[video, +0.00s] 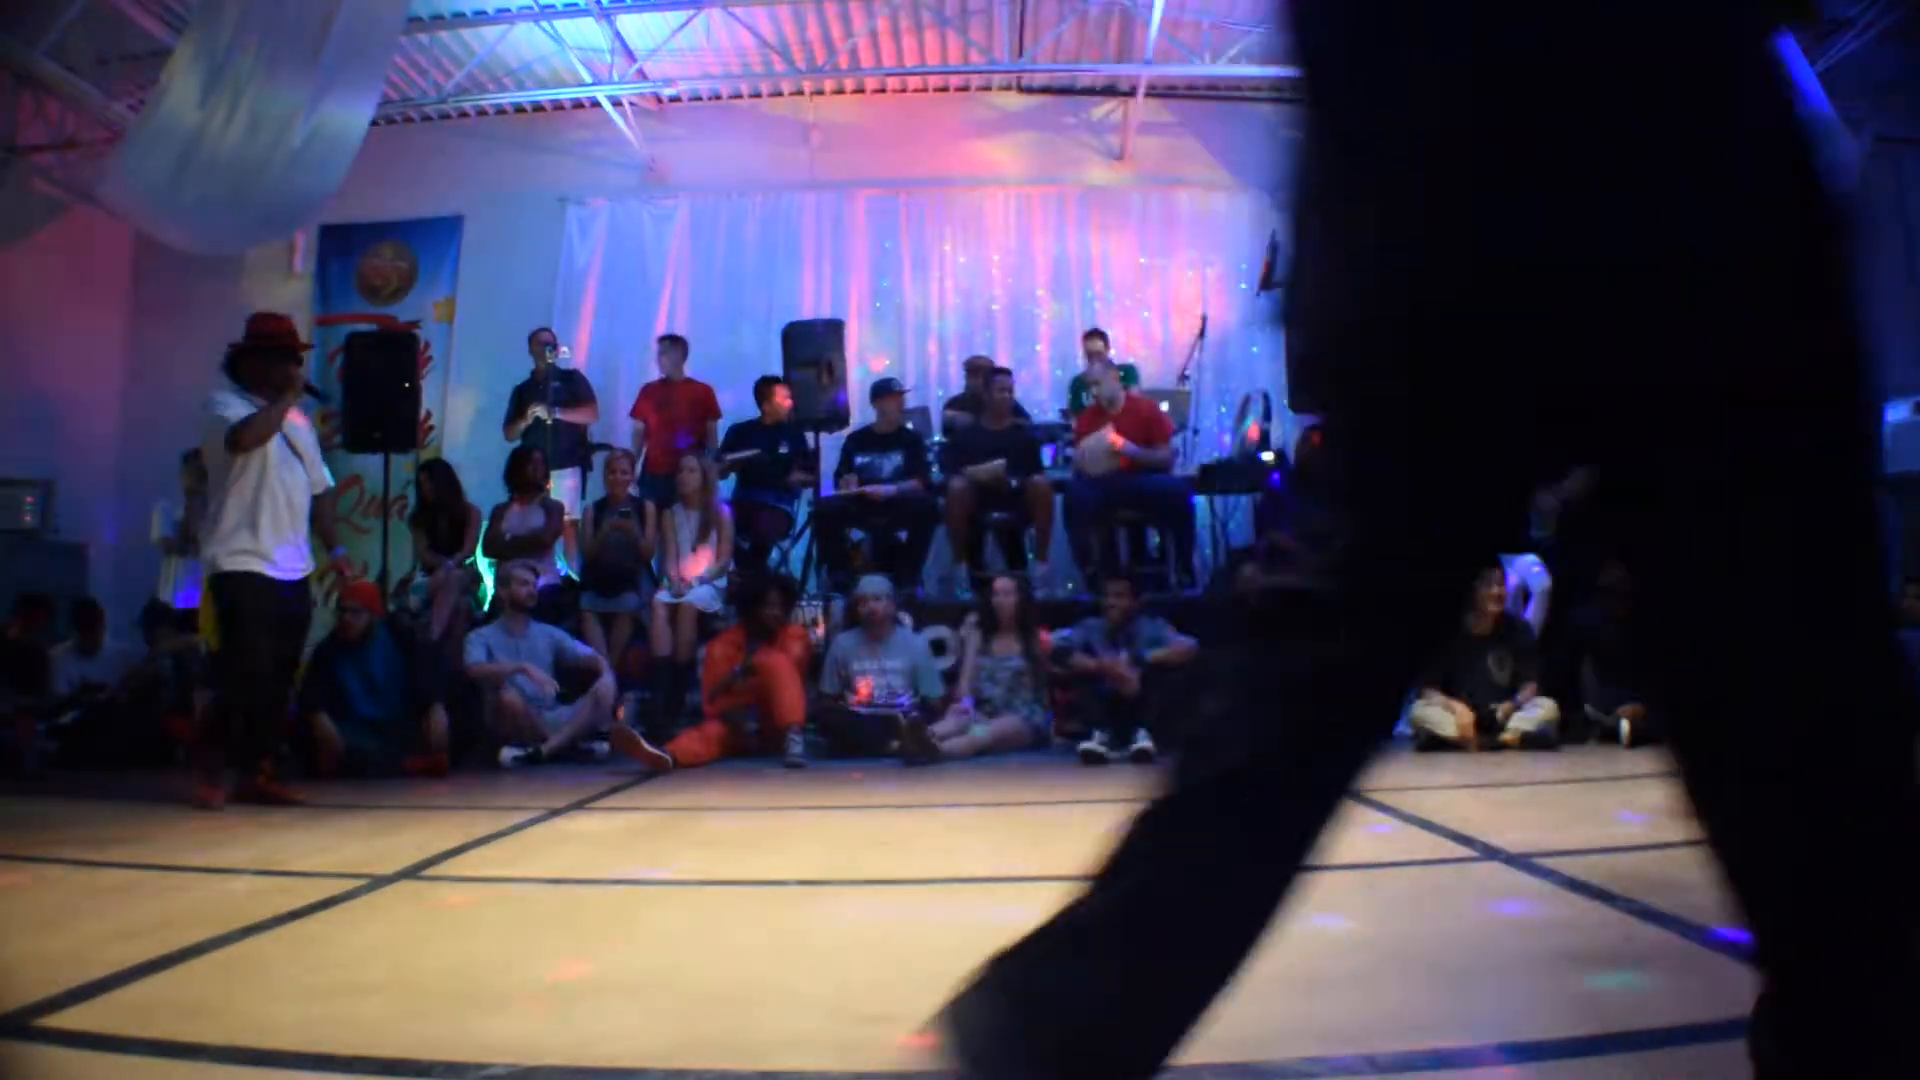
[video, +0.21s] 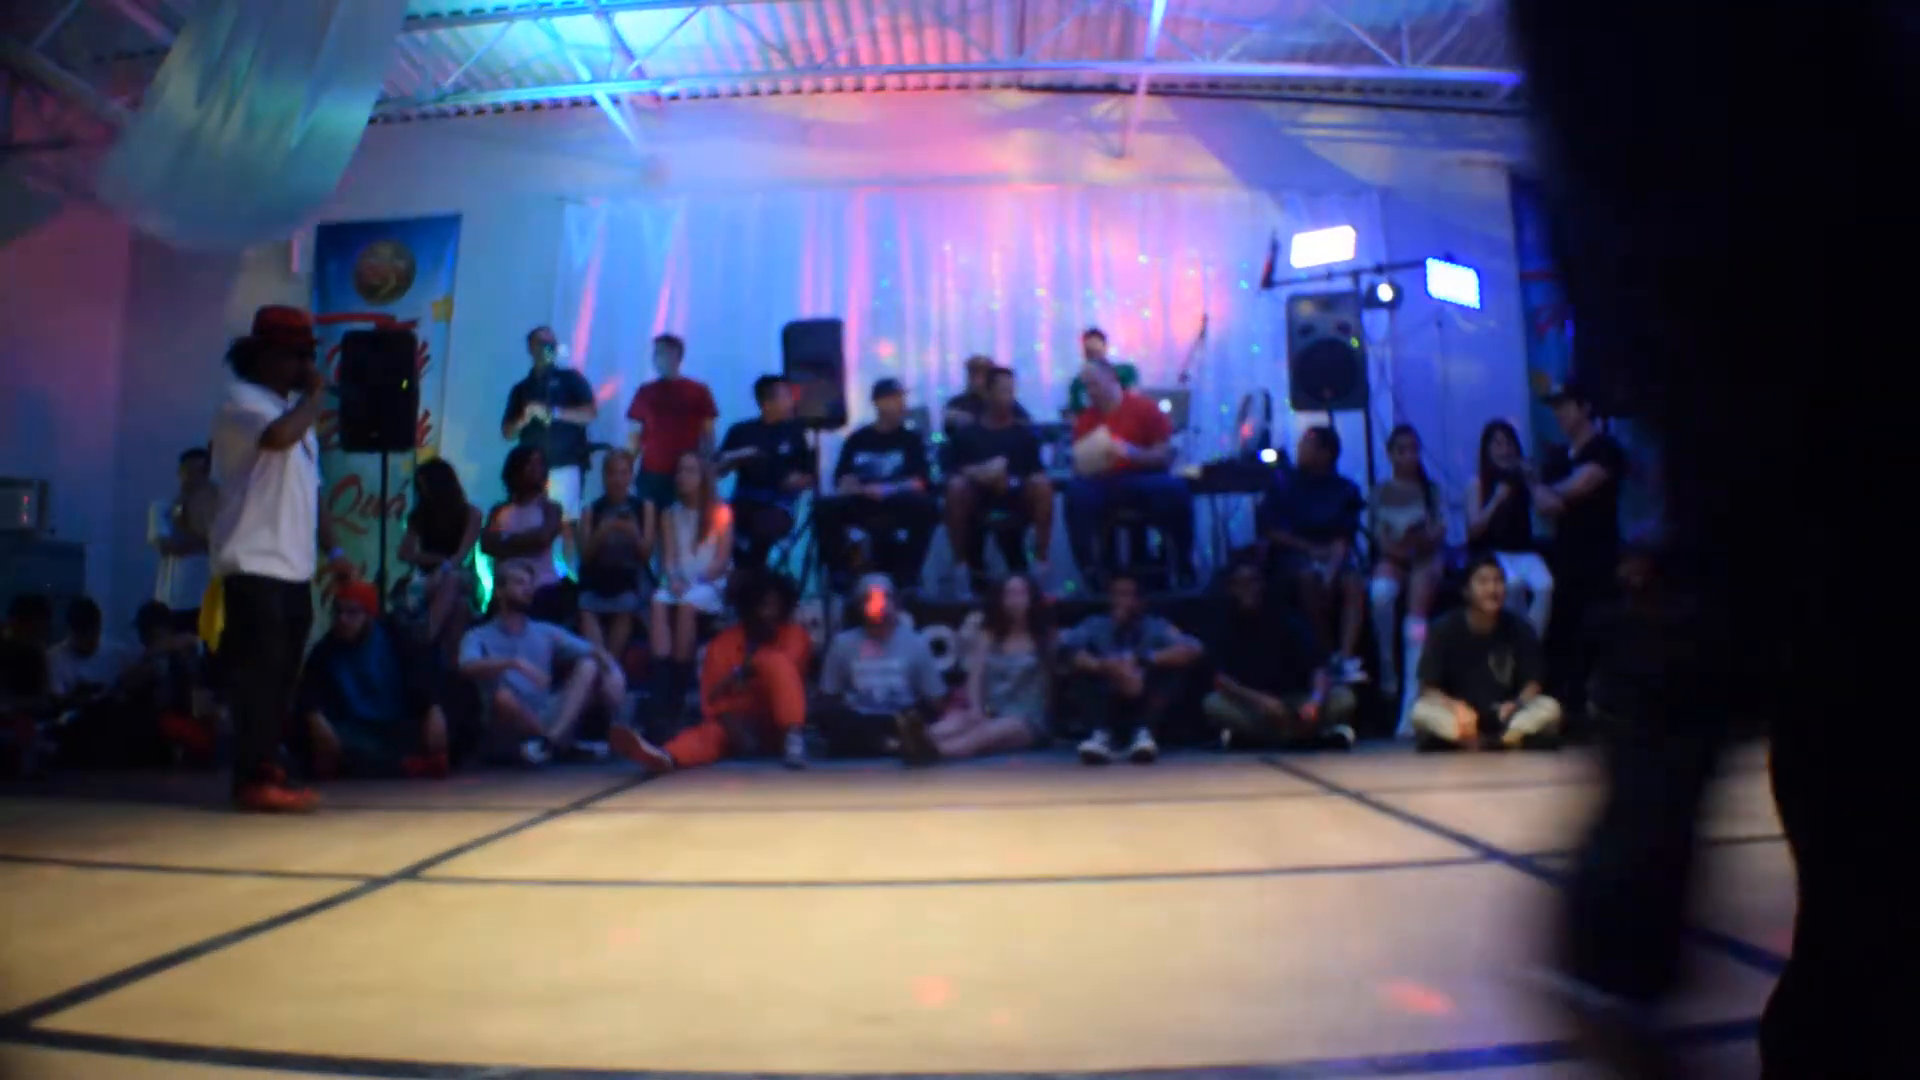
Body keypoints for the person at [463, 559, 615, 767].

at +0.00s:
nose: (532, 590)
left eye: (534, 585)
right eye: (524, 584)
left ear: (537, 589)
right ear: (503, 592)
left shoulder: (548, 634)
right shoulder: (480, 637)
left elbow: (592, 658)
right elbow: (475, 670)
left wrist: (607, 678)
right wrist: (523, 668)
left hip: (553, 713)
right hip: (512, 719)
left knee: (604, 689)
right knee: (509, 698)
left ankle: (545, 750)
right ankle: (562, 747)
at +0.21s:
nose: (527, 589)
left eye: (529, 584)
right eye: (519, 583)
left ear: (533, 589)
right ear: (500, 589)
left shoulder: (544, 632)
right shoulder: (478, 636)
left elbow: (591, 649)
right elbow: (468, 667)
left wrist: (612, 672)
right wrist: (515, 664)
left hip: (548, 710)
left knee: (588, 667)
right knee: (503, 696)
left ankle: (550, 741)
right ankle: (564, 744)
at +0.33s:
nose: (527, 590)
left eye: (529, 584)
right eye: (518, 583)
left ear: (534, 589)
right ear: (500, 592)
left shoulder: (547, 634)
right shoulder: (478, 637)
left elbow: (591, 657)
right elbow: (467, 669)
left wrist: (622, 681)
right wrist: (506, 670)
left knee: (581, 662)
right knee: (505, 693)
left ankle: (572, 734)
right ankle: (559, 740)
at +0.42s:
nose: (530, 590)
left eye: (532, 585)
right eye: (521, 584)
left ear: (537, 591)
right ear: (502, 592)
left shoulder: (551, 635)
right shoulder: (482, 638)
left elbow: (593, 661)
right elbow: (468, 669)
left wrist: (624, 688)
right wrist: (504, 674)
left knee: (579, 665)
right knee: (513, 682)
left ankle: (583, 737)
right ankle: (559, 739)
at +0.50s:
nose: (536, 591)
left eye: (537, 585)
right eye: (527, 586)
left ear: (540, 590)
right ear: (507, 595)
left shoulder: (552, 635)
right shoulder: (486, 638)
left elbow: (595, 664)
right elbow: (470, 669)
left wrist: (626, 695)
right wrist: (508, 679)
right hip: (510, 728)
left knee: (579, 668)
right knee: (510, 687)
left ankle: (590, 742)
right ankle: (564, 741)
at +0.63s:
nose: (539, 595)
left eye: (540, 589)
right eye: (530, 589)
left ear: (543, 593)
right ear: (510, 597)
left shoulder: (556, 636)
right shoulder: (492, 639)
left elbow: (599, 667)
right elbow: (474, 669)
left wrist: (630, 703)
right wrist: (512, 684)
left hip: (558, 722)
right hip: (515, 728)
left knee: (582, 670)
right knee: (514, 688)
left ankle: (594, 742)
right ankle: (565, 741)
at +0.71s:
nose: (539, 595)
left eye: (541, 588)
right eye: (530, 589)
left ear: (545, 593)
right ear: (511, 596)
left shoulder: (557, 636)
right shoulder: (492, 639)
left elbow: (597, 667)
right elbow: (475, 669)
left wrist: (630, 703)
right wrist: (513, 683)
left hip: (561, 717)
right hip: (518, 723)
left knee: (585, 670)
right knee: (517, 689)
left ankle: (595, 741)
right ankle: (561, 741)